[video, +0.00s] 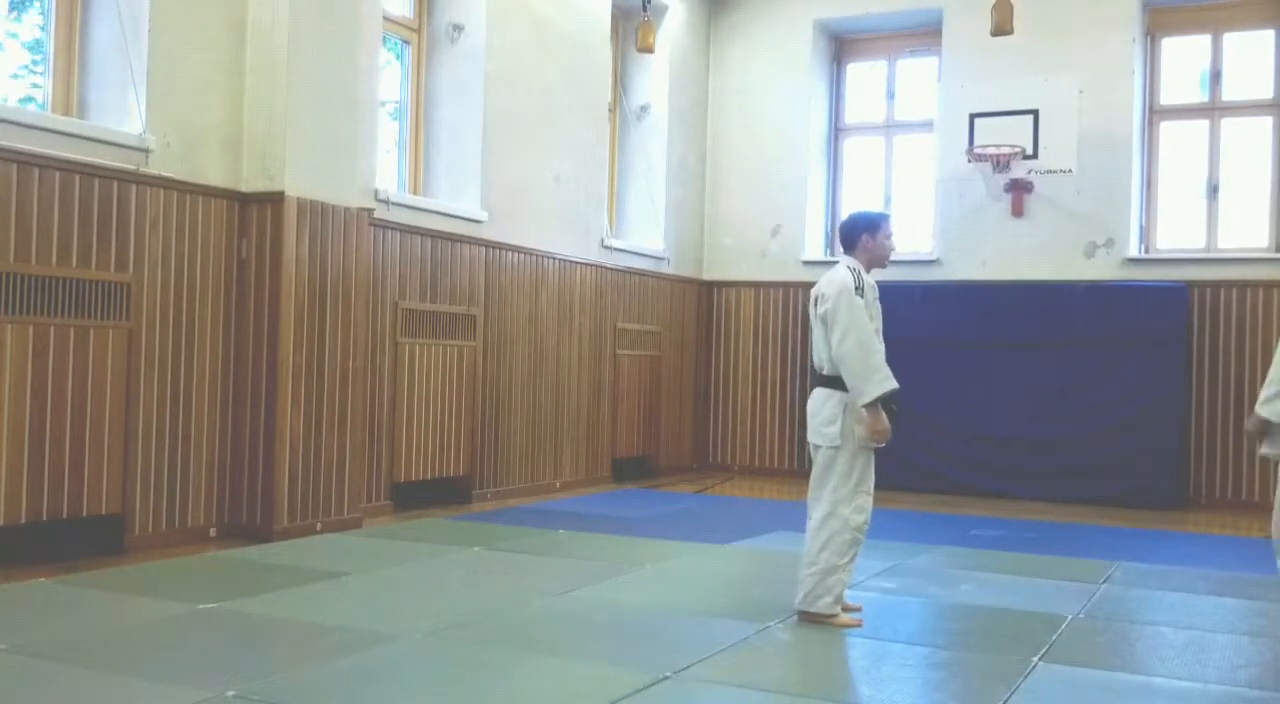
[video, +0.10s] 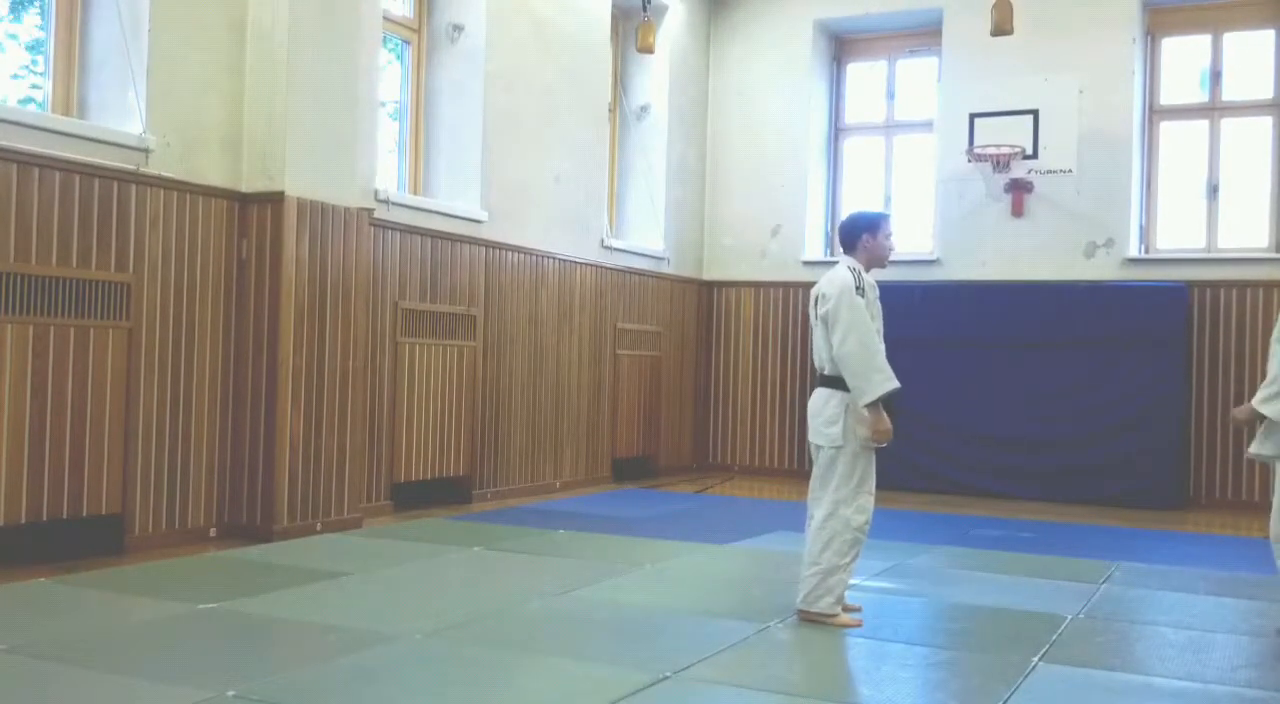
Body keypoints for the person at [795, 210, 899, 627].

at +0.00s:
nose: (893, 245)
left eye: (891, 237)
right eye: (888, 237)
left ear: (864, 240)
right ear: (867, 240)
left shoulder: (851, 281)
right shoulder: (845, 284)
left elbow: (860, 346)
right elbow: (855, 348)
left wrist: (875, 399)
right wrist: (872, 406)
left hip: (844, 403)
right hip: (841, 405)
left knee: (840, 503)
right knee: (843, 507)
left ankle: (826, 591)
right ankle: (818, 601)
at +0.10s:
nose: (893, 245)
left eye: (891, 237)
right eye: (888, 237)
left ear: (864, 240)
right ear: (867, 240)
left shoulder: (850, 281)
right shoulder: (846, 284)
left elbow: (859, 347)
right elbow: (856, 349)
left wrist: (873, 402)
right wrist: (875, 408)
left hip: (842, 403)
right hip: (842, 405)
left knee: (838, 502)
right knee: (845, 506)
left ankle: (825, 591)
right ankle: (818, 601)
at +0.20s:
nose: (892, 245)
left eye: (890, 237)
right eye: (887, 237)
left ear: (864, 240)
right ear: (865, 240)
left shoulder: (848, 281)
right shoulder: (846, 285)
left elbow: (860, 347)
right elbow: (857, 350)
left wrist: (876, 402)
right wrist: (878, 407)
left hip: (842, 402)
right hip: (844, 405)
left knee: (839, 502)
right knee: (846, 506)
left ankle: (826, 591)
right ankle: (819, 601)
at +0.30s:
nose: (891, 244)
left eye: (889, 236)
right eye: (886, 236)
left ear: (861, 240)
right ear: (864, 240)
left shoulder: (843, 280)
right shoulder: (846, 285)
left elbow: (858, 347)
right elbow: (858, 349)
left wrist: (875, 401)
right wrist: (880, 406)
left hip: (840, 401)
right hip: (845, 404)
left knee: (838, 502)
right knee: (847, 506)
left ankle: (826, 591)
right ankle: (819, 601)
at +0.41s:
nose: (889, 244)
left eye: (888, 236)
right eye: (884, 236)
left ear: (859, 241)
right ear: (862, 240)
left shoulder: (843, 280)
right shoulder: (845, 285)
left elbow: (859, 347)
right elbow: (858, 349)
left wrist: (876, 401)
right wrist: (881, 406)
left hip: (840, 401)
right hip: (846, 404)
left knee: (839, 501)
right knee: (848, 506)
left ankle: (826, 591)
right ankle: (819, 601)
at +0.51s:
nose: (889, 244)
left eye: (887, 236)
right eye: (883, 236)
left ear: (858, 241)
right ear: (861, 240)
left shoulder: (844, 281)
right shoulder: (845, 285)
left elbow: (859, 347)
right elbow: (858, 349)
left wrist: (877, 401)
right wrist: (881, 406)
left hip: (842, 401)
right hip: (846, 404)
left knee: (839, 502)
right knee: (847, 506)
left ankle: (826, 591)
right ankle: (819, 601)